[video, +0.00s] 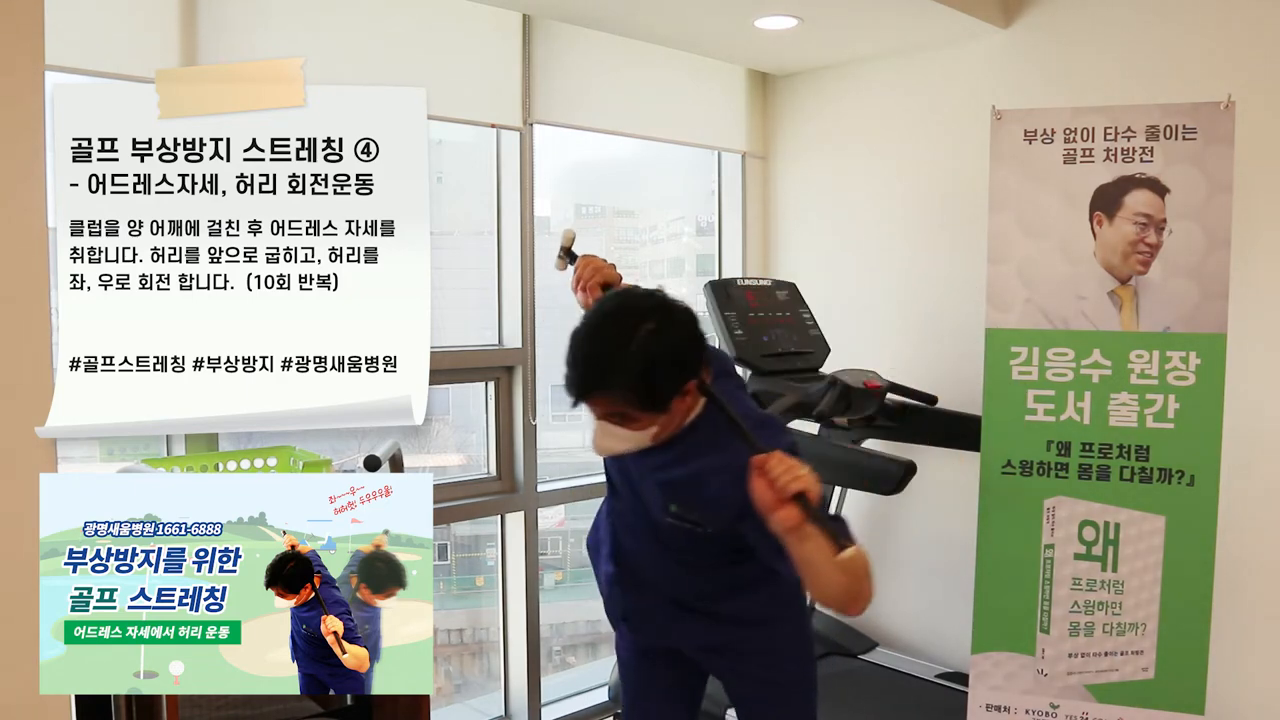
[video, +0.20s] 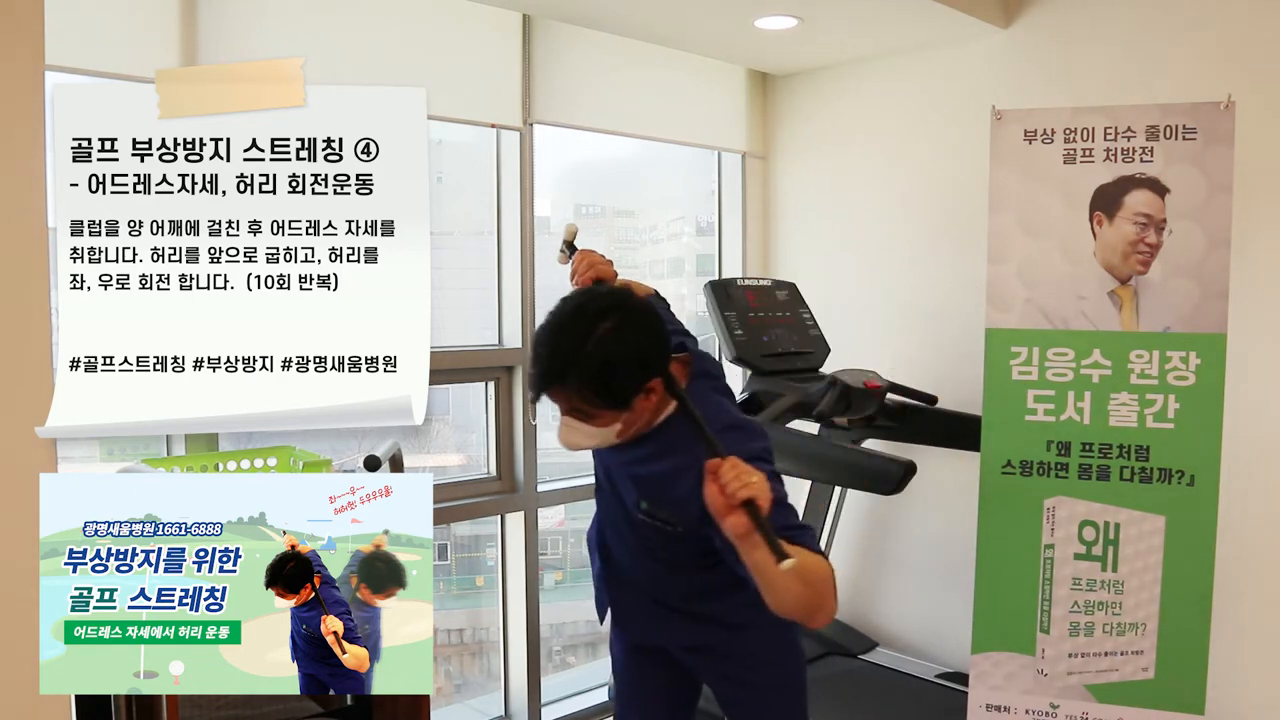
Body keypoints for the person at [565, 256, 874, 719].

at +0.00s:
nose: (606, 428)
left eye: (622, 420)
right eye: (598, 415)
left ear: (686, 395)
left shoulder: (756, 454)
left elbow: (853, 597)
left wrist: (795, 529)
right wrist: (612, 294)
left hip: (756, 628)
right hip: (651, 614)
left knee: (780, 711)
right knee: (649, 713)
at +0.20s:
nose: (574, 427)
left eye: (588, 416)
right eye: (567, 412)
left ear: (649, 397)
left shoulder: (726, 451)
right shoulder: (657, 354)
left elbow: (817, 607)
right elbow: (649, 302)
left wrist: (747, 537)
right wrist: (612, 283)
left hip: (743, 638)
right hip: (645, 627)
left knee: (769, 711)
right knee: (642, 713)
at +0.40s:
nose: (560, 430)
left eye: (573, 419)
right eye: (552, 415)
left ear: (632, 394)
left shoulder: (713, 448)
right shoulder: (639, 347)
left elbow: (810, 604)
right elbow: (637, 303)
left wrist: (733, 534)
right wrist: (597, 284)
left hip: (740, 641)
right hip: (643, 628)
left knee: (768, 712)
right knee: (641, 713)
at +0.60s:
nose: (565, 434)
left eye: (578, 422)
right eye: (555, 419)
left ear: (637, 395)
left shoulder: (725, 445)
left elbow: (831, 587)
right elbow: (610, 330)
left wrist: (756, 524)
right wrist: (575, 296)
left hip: (745, 639)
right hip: (642, 629)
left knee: (771, 710)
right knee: (641, 713)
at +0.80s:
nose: (612, 460)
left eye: (629, 444)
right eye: (597, 443)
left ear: (678, 407)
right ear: (585, 412)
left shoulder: (754, 438)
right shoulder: (605, 393)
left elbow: (889, 524)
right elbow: (567, 380)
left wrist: (832, 479)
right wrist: (541, 358)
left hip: (762, 634)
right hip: (647, 627)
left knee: (783, 713)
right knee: (647, 712)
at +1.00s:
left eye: (733, 441)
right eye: (690, 456)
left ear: (750, 409)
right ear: (658, 428)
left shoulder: (801, 409)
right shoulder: (608, 420)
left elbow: (907, 435)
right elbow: (510, 450)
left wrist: (889, 405)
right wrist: (521, 422)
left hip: (780, 624)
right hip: (664, 631)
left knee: (794, 711)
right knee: (659, 711)